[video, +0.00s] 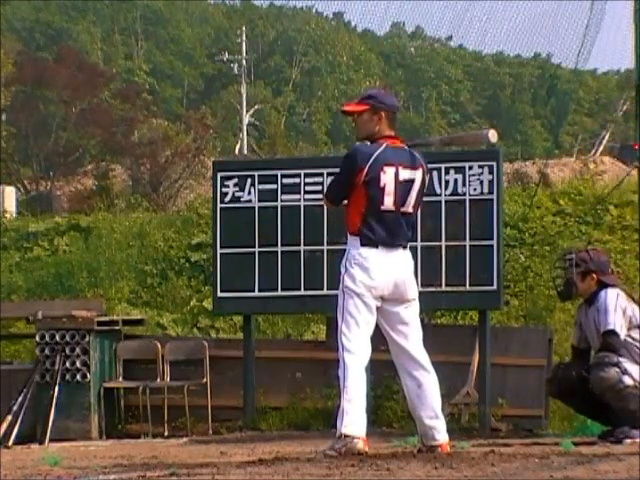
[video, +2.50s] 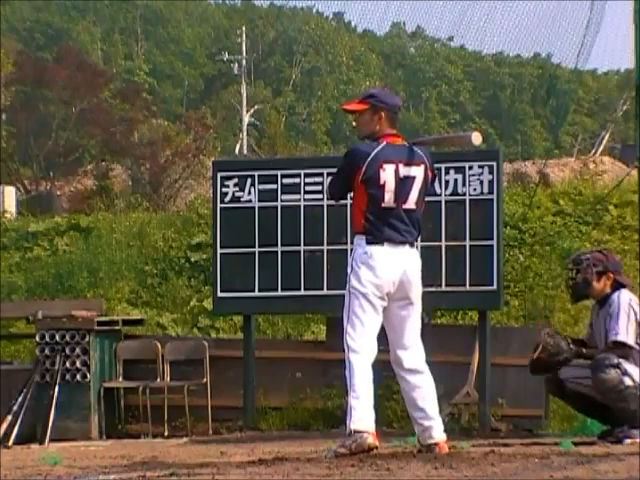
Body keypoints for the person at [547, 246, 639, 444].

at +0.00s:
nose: (567, 281)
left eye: (573, 276)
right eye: (568, 275)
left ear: (592, 278)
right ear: (589, 279)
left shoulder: (609, 297)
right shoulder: (583, 309)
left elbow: (611, 344)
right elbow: (580, 353)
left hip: (634, 370)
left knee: (602, 370)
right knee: (560, 378)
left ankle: (632, 426)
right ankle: (618, 424)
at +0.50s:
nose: (566, 282)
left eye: (574, 277)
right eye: (566, 276)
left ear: (595, 282)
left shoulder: (607, 299)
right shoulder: (581, 311)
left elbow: (615, 349)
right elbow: (584, 356)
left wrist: (570, 362)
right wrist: (559, 367)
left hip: (634, 371)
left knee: (601, 370)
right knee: (557, 385)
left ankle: (632, 425)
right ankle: (618, 424)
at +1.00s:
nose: (558, 278)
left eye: (565, 272)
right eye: (557, 272)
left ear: (586, 275)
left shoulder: (604, 290)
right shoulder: (576, 302)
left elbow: (626, 338)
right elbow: (587, 343)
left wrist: (585, 353)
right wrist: (571, 358)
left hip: (635, 354)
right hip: (603, 360)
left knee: (615, 361)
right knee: (560, 373)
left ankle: (634, 423)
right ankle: (618, 420)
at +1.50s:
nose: (571, 282)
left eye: (579, 276)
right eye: (571, 275)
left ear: (601, 281)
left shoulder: (615, 299)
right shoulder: (591, 307)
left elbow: (622, 349)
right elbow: (603, 348)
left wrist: (582, 349)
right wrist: (566, 360)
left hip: (634, 371)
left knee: (606, 367)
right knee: (559, 378)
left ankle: (633, 425)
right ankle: (617, 423)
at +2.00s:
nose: (577, 281)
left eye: (585, 276)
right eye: (577, 275)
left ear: (606, 282)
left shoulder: (618, 300)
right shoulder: (593, 308)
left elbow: (625, 351)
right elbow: (603, 351)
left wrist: (584, 347)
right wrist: (565, 361)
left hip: (633, 373)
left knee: (607, 367)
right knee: (557, 379)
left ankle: (632, 426)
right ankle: (617, 423)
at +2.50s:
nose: (577, 279)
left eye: (584, 273)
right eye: (577, 274)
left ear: (607, 278)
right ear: (604, 279)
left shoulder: (621, 299)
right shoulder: (598, 307)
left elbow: (623, 351)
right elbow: (592, 346)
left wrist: (577, 353)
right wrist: (565, 343)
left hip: (635, 375)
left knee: (605, 367)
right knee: (557, 379)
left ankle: (634, 426)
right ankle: (619, 424)